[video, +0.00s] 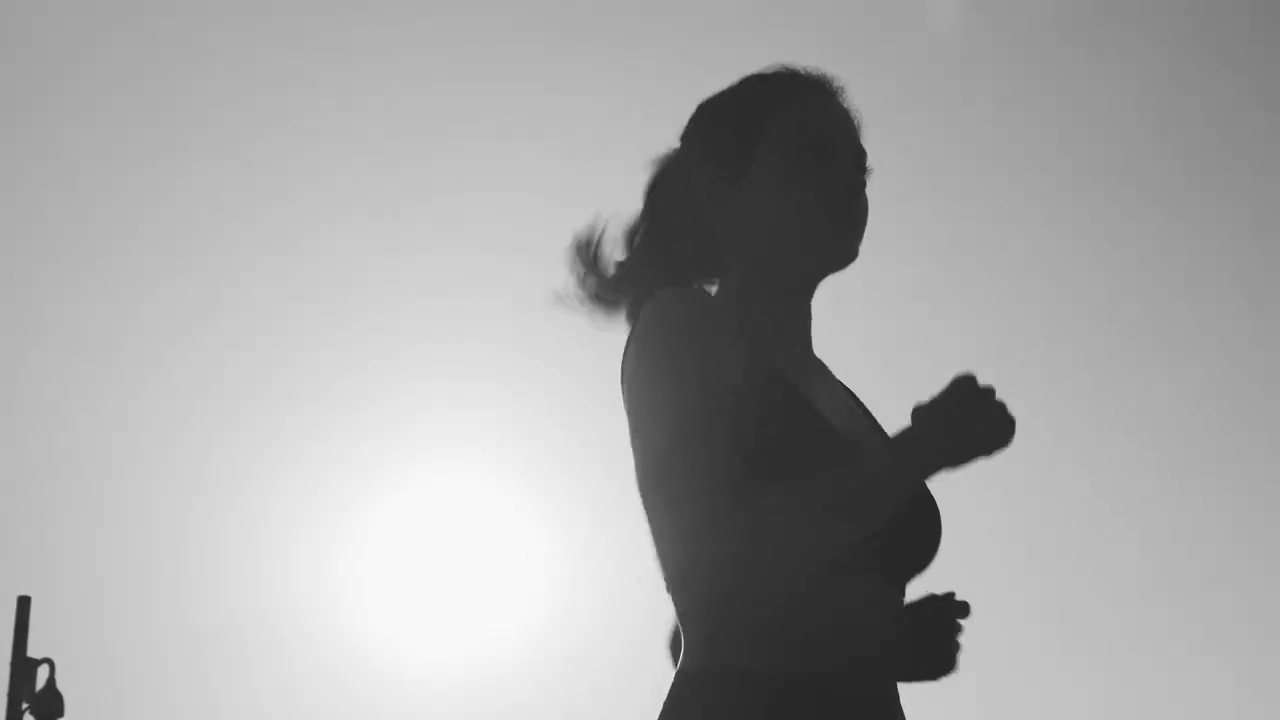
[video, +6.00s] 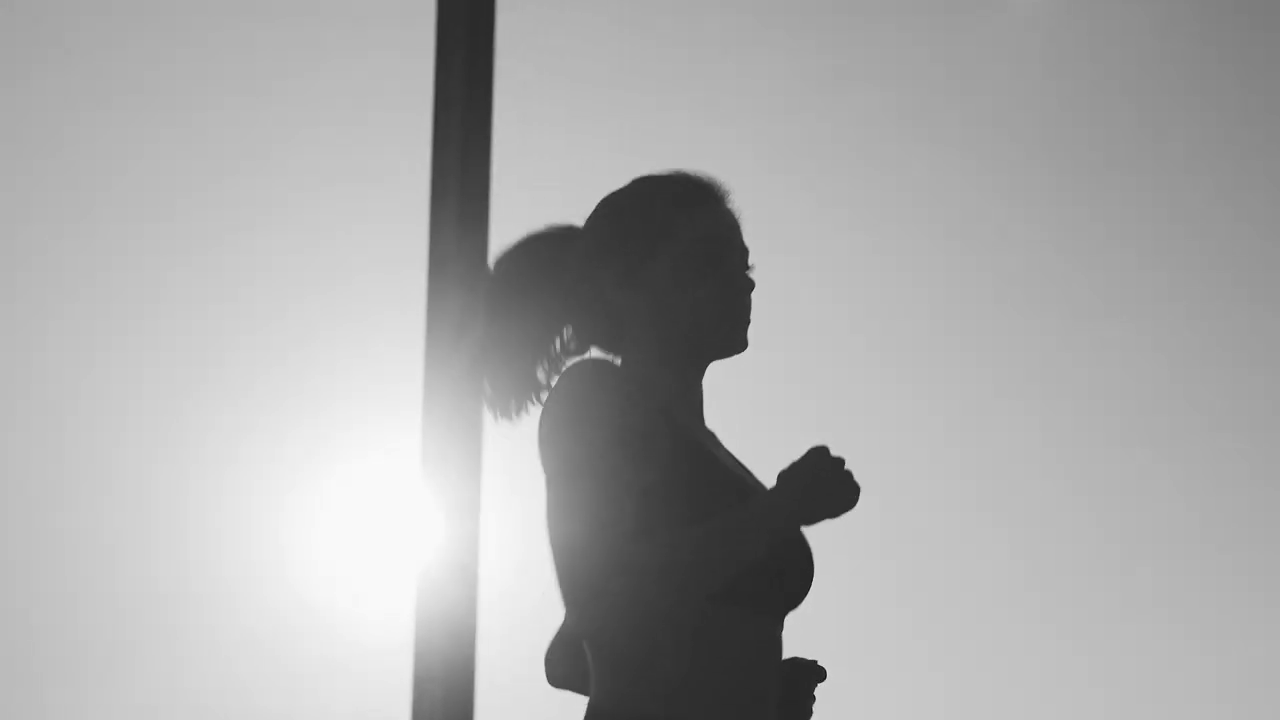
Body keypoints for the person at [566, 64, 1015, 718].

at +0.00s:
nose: (853, 184)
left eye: (859, 166)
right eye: (817, 160)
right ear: (724, 187)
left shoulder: (815, 380)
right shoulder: (682, 326)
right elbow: (710, 570)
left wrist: (891, 639)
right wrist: (920, 449)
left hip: (860, 701)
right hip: (745, 695)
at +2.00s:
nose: (583, 266)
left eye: (584, 247)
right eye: (556, 244)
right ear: (482, 260)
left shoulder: (572, 459)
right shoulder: (412, 413)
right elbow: (404, 633)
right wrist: (608, 518)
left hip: (568, 707)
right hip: (447, 706)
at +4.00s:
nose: (563, 292)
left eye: (563, 268)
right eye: (540, 264)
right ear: (463, 273)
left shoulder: (540, 472)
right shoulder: (390, 405)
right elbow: (346, 609)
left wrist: (577, 697)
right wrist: (574, 529)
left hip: (531, 708)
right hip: (423, 705)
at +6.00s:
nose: (749, 278)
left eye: (743, 260)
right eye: (717, 259)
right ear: (634, 279)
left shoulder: (685, 430)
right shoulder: (593, 394)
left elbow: (569, 660)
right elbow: (609, 603)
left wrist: (764, 684)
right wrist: (783, 507)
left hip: (722, 708)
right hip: (653, 706)